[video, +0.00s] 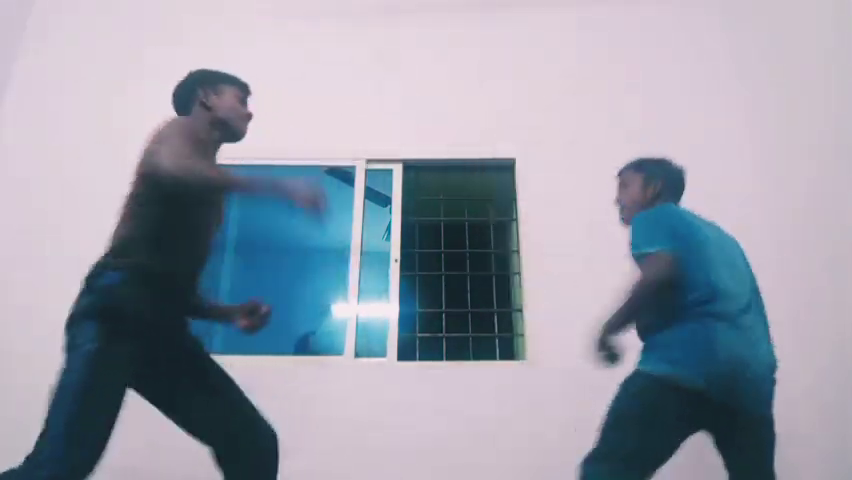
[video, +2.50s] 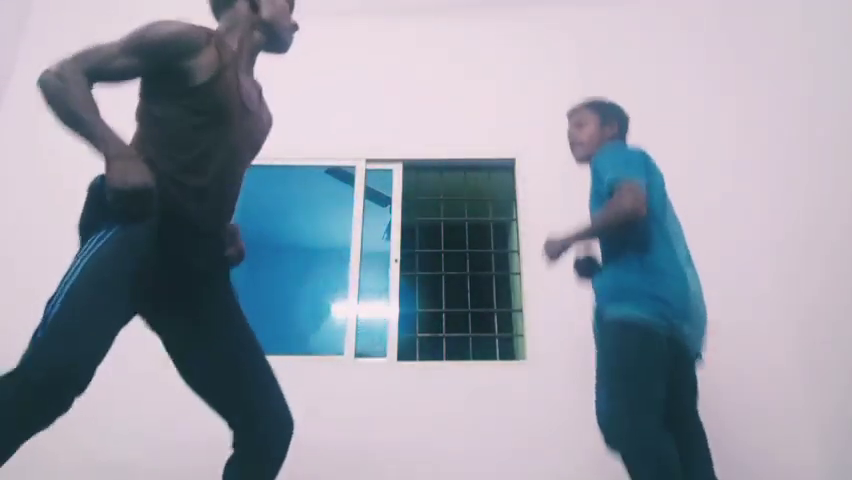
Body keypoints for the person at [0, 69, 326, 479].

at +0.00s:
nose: (251, 110)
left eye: (249, 101)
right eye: (241, 98)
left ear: (214, 103)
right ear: (207, 99)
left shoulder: (206, 180)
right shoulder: (178, 133)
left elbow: (171, 292)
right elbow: (170, 166)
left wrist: (231, 314)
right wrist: (280, 190)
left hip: (159, 327)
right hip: (114, 314)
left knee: (252, 444)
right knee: (61, 462)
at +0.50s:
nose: (254, 91)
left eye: (253, 83)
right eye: (246, 80)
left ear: (218, 84)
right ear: (211, 79)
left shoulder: (240, 167)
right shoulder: (160, 128)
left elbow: (229, 256)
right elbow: (141, 198)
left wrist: (270, 244)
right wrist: (239, 189)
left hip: (217, 318)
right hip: (148, 314)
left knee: (288, 448)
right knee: (72, 448)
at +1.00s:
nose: (323, 108)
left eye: (320, 101)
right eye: (312, 100)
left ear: (296, 112)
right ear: (283, 107)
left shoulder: (325, 174)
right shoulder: (237, 151)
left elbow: (379, 179)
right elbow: (182, 220)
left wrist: (367, 181)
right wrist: (253, 233)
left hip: (262, 333)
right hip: (191, 318)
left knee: (359, 436)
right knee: (102, 405)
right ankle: (14, 471)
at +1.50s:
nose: (334, 3)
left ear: (311, 3)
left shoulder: (304, 77)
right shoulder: (225, 15)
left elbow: (323, 170)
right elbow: (123, 54)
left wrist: (364, 172)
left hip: (235, 207)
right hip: (171, 190)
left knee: (310, 344)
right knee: (150, 326)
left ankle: (264, 473)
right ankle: (89, 466)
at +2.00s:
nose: (296, 13)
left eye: (294, 4)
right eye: (288, 1)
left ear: (256, 9)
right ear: (256, 2)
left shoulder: (251, 111)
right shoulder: (162, 27)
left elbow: (201, 193)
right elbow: (40, 84)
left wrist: (226, 245)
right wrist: (66, 178)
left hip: (156, 258)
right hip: (86, 227)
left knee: (257, 408)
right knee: (70, 362)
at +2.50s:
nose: (295, 15)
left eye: (292, 5)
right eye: (284, 3)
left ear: (254, 12)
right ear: (249, 6)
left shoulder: (254, 104)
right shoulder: (184, 41)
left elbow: (197, 171)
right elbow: (60, 77)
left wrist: (221, 227)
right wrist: (117, 153)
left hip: (195, 263)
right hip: (132, 237)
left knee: (268, 427)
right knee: (43, 386)